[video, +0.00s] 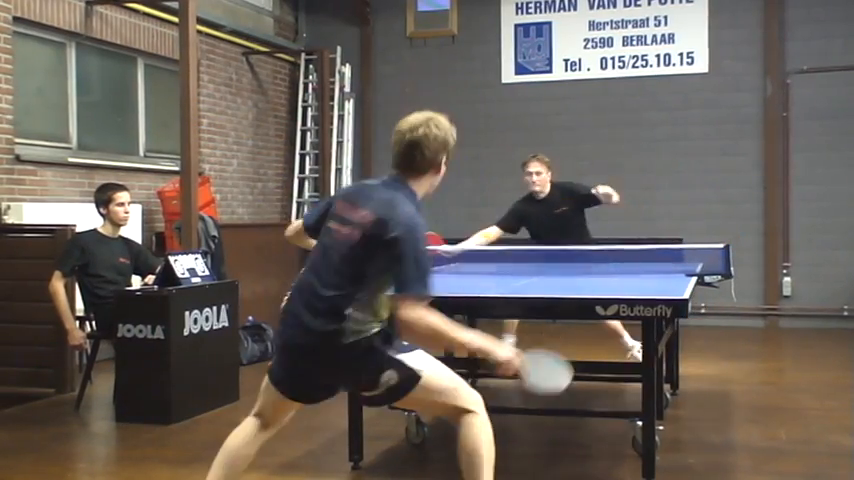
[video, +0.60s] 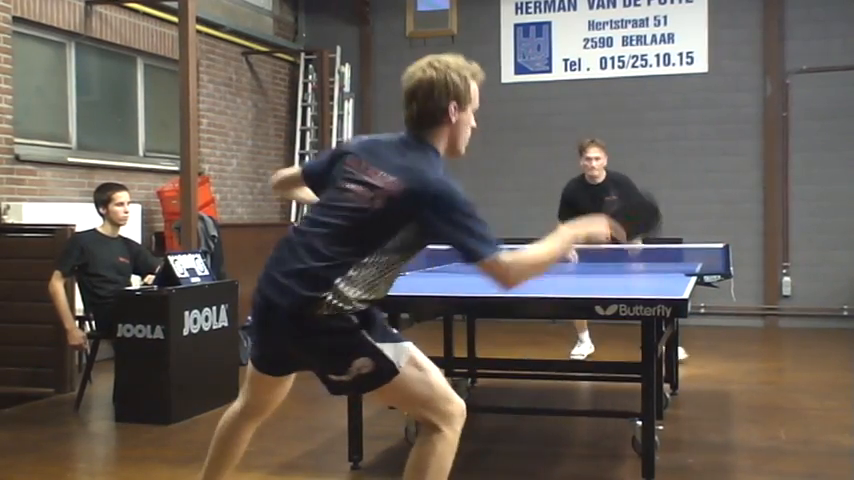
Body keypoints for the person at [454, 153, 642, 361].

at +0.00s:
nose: (534, 179)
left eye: (538, 173)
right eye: (529, 175)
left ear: (549, 175)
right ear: (524, 179)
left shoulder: (568, 192)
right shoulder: (523, 207)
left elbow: (607, 199)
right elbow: (492, 234)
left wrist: (606, 194)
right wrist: (457, 249)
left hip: (582, 263)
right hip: (545, 266)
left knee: (594, 301)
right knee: (512, 293)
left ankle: (630, 344)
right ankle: (507, 345)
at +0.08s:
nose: (534, 180)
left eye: (539, 175)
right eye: (530, 176)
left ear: (550, 177)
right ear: (524, 180)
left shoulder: (566, 198)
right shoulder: (520, 209)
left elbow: (593, 212)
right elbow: (497, 239)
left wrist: (604, 219)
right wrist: (470, 253)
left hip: (570, 269)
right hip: (532, 271)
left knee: (588, 306)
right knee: (503, 302)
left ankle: (623, 345)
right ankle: (487, 353)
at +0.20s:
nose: (549, 178)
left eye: (554, 173)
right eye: (545, 174)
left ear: (563, 176)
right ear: (537, 178)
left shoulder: (578, 199)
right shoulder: (531, 206)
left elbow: (608, 219)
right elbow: (511, 236)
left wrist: (610, 235)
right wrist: (498, 255)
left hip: (576, 269)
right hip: (536, 270)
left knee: (597, 305)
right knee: (510, 302)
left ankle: (612, 350)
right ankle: (489, 350)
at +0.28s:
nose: (561, 171)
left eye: (566, 166)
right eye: (556, 166)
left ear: (576, 168)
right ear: (550, 170)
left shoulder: (591, 190)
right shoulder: (545, 197)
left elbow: (623, 208)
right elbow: (530, 229)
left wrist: (620, 235)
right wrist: (520, 250)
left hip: (588, 263)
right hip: (550, 264)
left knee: (612, 299)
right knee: (520, 300)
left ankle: (615, 349)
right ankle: (493, 351)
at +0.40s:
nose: (575, 161)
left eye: (580, 156)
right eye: (570, 156)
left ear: (589, 158)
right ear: (564, 160)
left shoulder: (606, 180)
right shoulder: (558, 188)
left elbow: (636, 201)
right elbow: (545, 222)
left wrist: (630, 230)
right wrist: (541, 248)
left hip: (606, 253)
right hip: (568, 255)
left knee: (623, 293)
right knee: (540, 284)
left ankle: (618, 346)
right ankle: (533, 343)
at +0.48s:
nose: (582, 158)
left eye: (587, 153)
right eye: (578, 153)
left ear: (596, 154)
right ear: (571, 157)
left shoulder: (611, 177)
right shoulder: (564, 185)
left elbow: (639, 200)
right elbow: (553, 220)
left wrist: (633, 229)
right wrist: (553, 246)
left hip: (614, 251)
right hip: (578, 253)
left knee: (633, 290)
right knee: (557, 284)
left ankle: (624, 344)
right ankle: (560, 333)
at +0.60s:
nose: (592, 164)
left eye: (597, 159)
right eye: (588, 159)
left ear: (605, 160)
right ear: (580, 162)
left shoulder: (621, 183)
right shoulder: (572, 189)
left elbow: (644, 214)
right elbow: (563, 223)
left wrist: (636, 238)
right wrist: (566, 245)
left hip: (624, 251)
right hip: (587, 254)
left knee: (652, 289)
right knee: (571, 292)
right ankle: (583, 340)